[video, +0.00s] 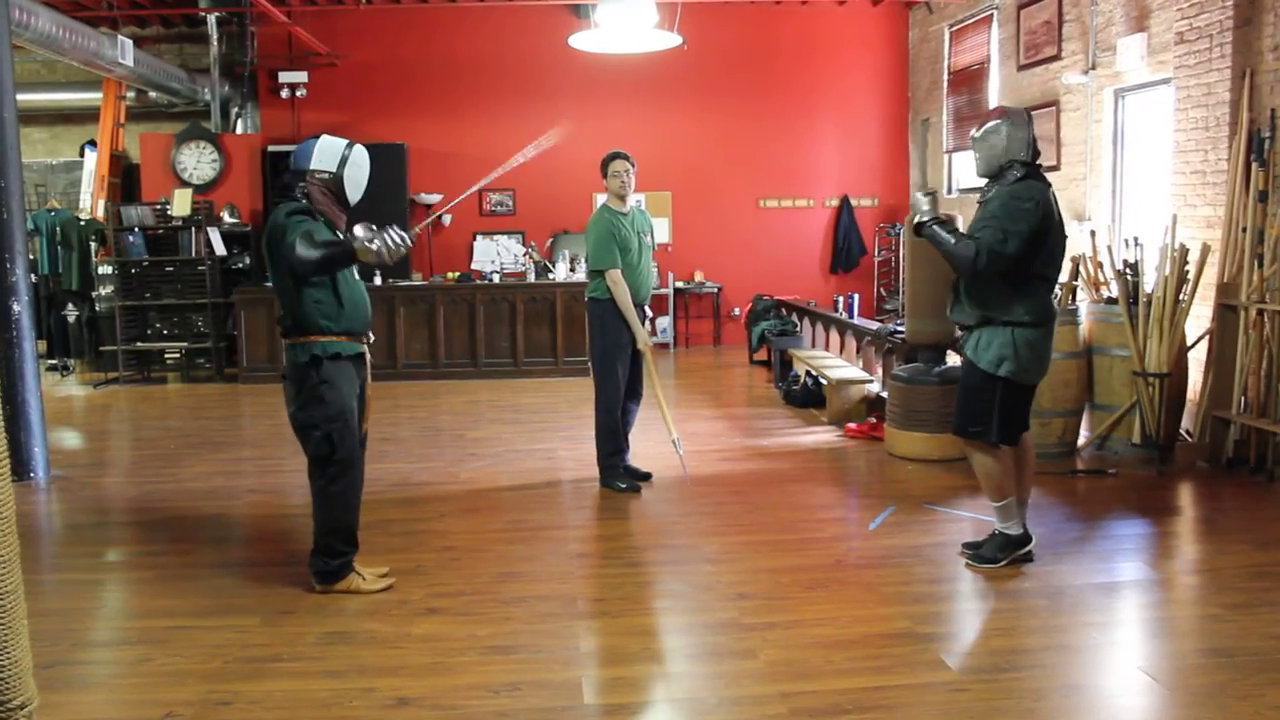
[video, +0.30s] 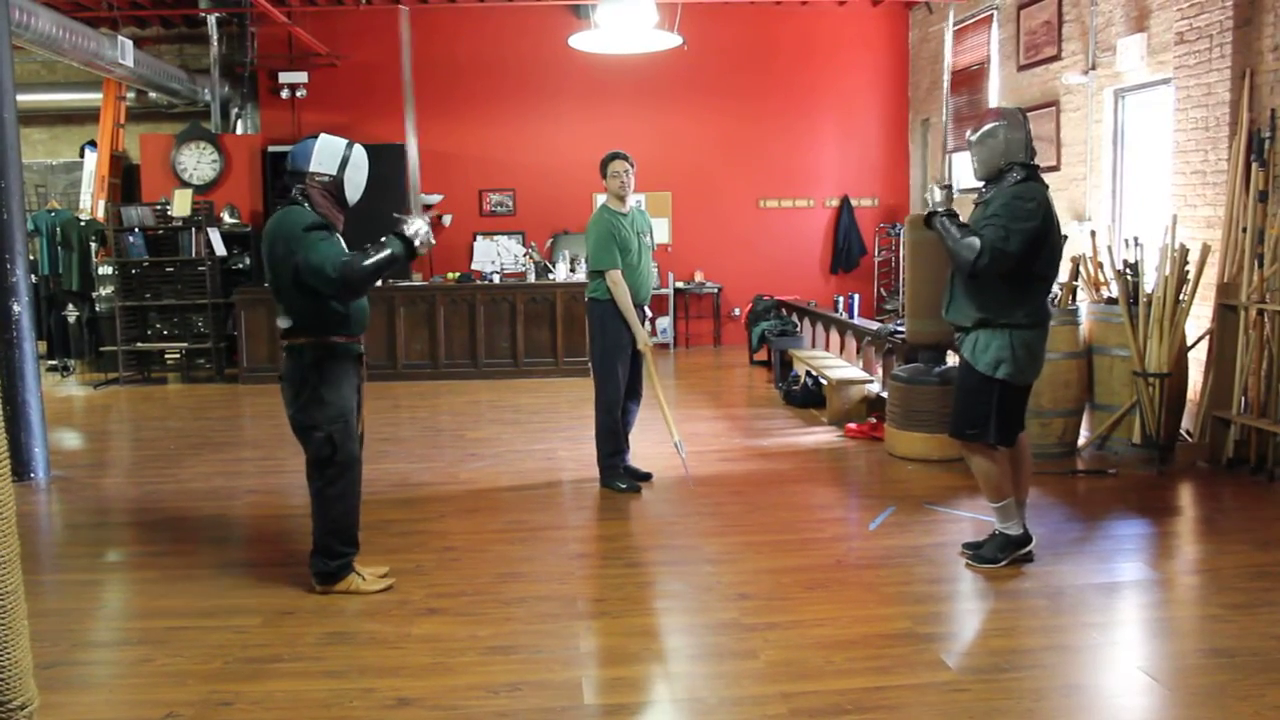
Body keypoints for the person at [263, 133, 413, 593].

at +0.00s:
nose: (352, 190)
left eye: (352, 181)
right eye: (348, 180)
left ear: (320, 176)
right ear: (325, 176)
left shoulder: (325, 222)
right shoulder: (295, 219)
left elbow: (342, 268)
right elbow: (306, 260)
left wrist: (378, 254)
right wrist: (356, 245)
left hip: (343, 357)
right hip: (321, 360)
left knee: (345, 462)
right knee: (337, 463)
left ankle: (339, 562)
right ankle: (333, 570)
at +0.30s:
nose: (350, 191)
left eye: (350, 182)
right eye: (345, 181)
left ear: (314, 178)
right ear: (324, 177)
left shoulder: (307, 223)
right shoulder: (297, 225)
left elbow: (347, 271)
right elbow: (344, 277)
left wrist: (404, 244)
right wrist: (401, 241)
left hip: (334, 358)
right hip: (319, 360)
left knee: (339, 462)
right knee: (336, 464)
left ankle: (336, 563)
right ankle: (334, 570)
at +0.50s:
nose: (354, 199)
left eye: (355, 191)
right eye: (351, 189)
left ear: (314, 182)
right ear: (330, 182)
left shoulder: (286, 225)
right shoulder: (313, 225)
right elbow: (372, 265)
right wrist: (391, 223)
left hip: (315, 360)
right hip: (331, 362)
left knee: (333, 466)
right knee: (342, 465)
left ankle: (335, 563)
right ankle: (335, 570)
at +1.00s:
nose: (357, 199)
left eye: (357, 191)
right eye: (354, 188)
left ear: (316, 181)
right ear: (335, 181)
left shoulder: (287, 224)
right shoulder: (319, 224)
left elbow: (256, 266)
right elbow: (351, 271)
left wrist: (291, 301)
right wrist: (401, 271)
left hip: (306, 359)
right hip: (328, 362)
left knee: (329, 466)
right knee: (342, 466)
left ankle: (334, 562)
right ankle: (335, 571)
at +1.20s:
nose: (356, 201)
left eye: (356, 192)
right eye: (354, 190)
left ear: (314, 180)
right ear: (336, 182)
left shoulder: (279, 224)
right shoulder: (316, 226)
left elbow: (254, 264)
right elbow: (333, 290)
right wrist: (385, 331)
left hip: (295, 358)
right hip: (320, 359)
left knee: (314, 459)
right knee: (340, 462)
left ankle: (288, 553)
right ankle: (334, 570)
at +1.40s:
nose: (347, 201)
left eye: (348, 192)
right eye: (345, 191)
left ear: (306, 183)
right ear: (325, 184)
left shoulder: (274, 226)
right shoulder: (304, 230)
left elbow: (250, 278)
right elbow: (307, 303)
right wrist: (329, 366)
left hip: (288, 359)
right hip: (311, 361)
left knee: (293, 458)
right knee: (339, 463)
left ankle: (253, 551)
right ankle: (337, 568)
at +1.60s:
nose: (333, 208)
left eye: (333, 199)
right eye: (331, 196)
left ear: (293, 187)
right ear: (312, 188)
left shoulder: (262, 229)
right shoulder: (286, 230)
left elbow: (233, 276)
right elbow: (270, 299)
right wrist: (269, 370)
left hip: (287, 363)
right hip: (305, 363)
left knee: (274, 463)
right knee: (335, 464)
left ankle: (248, 559)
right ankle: (337, 569)